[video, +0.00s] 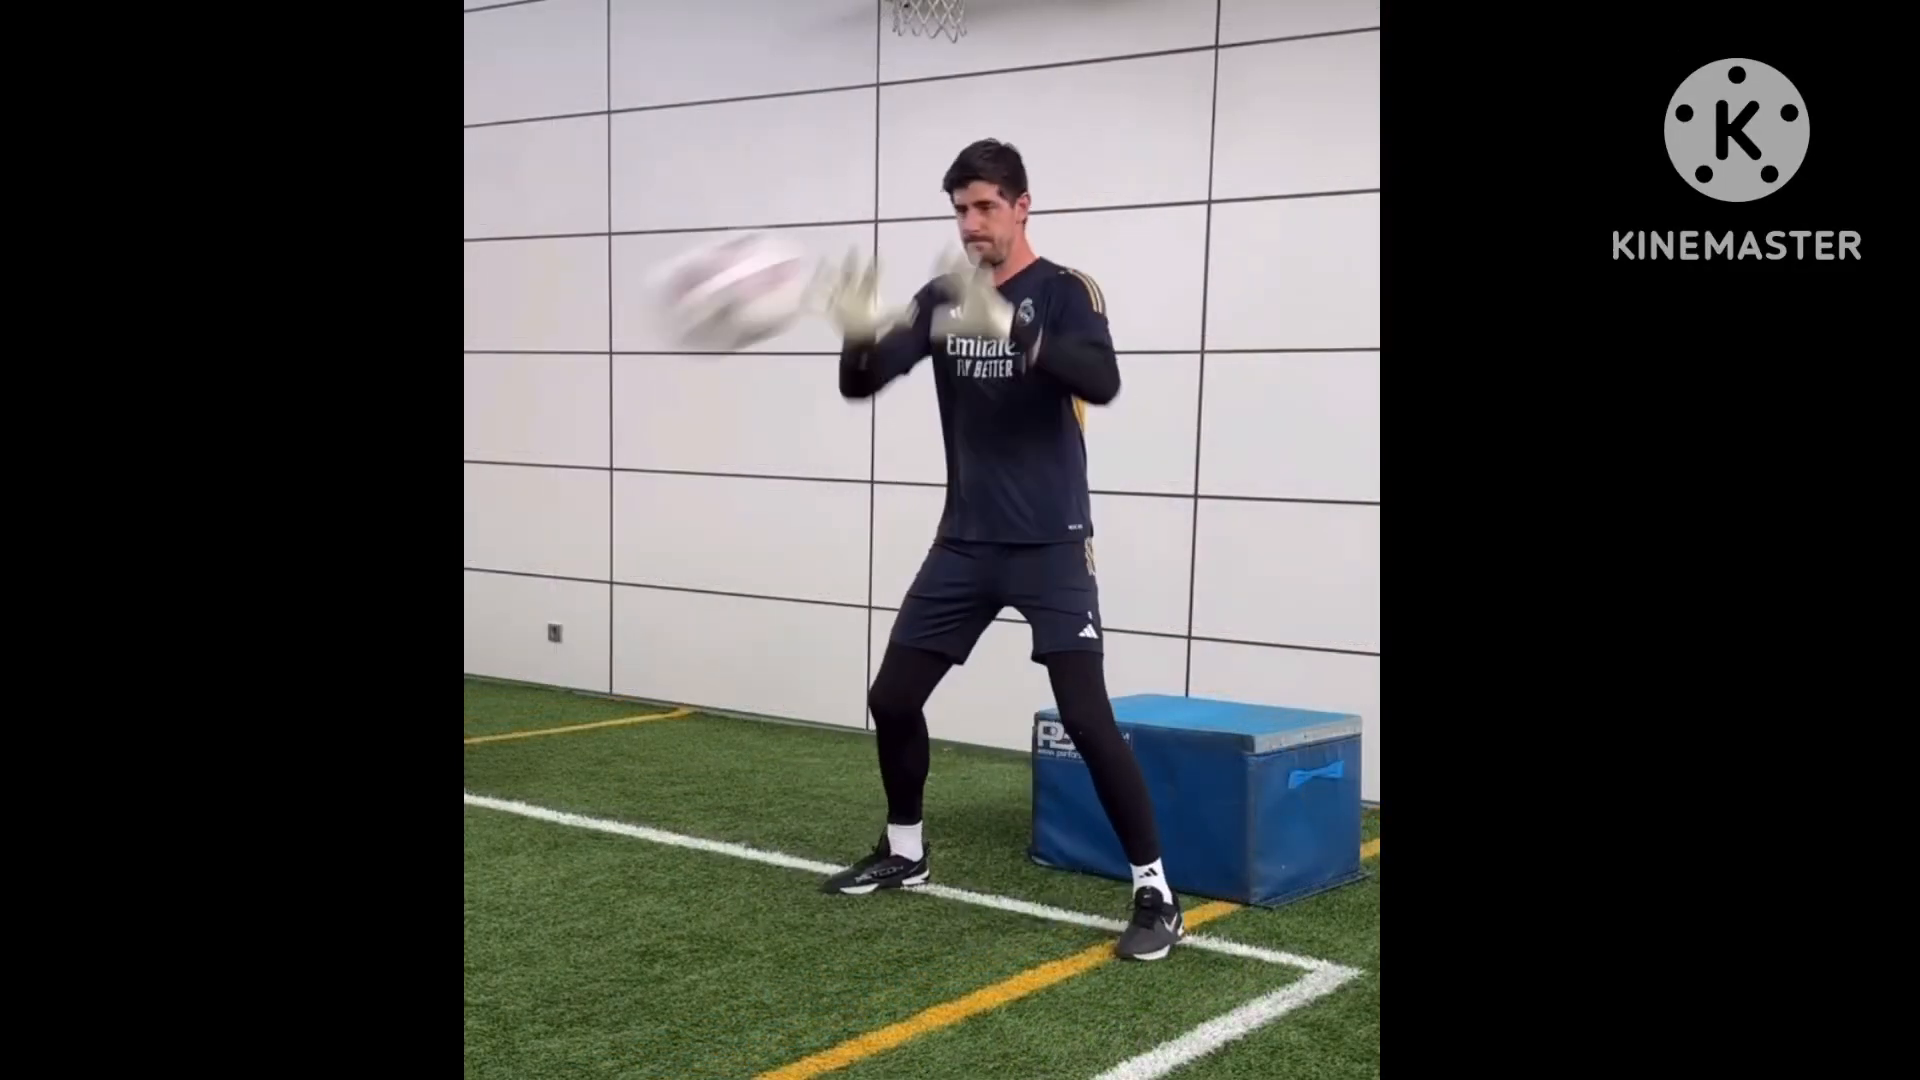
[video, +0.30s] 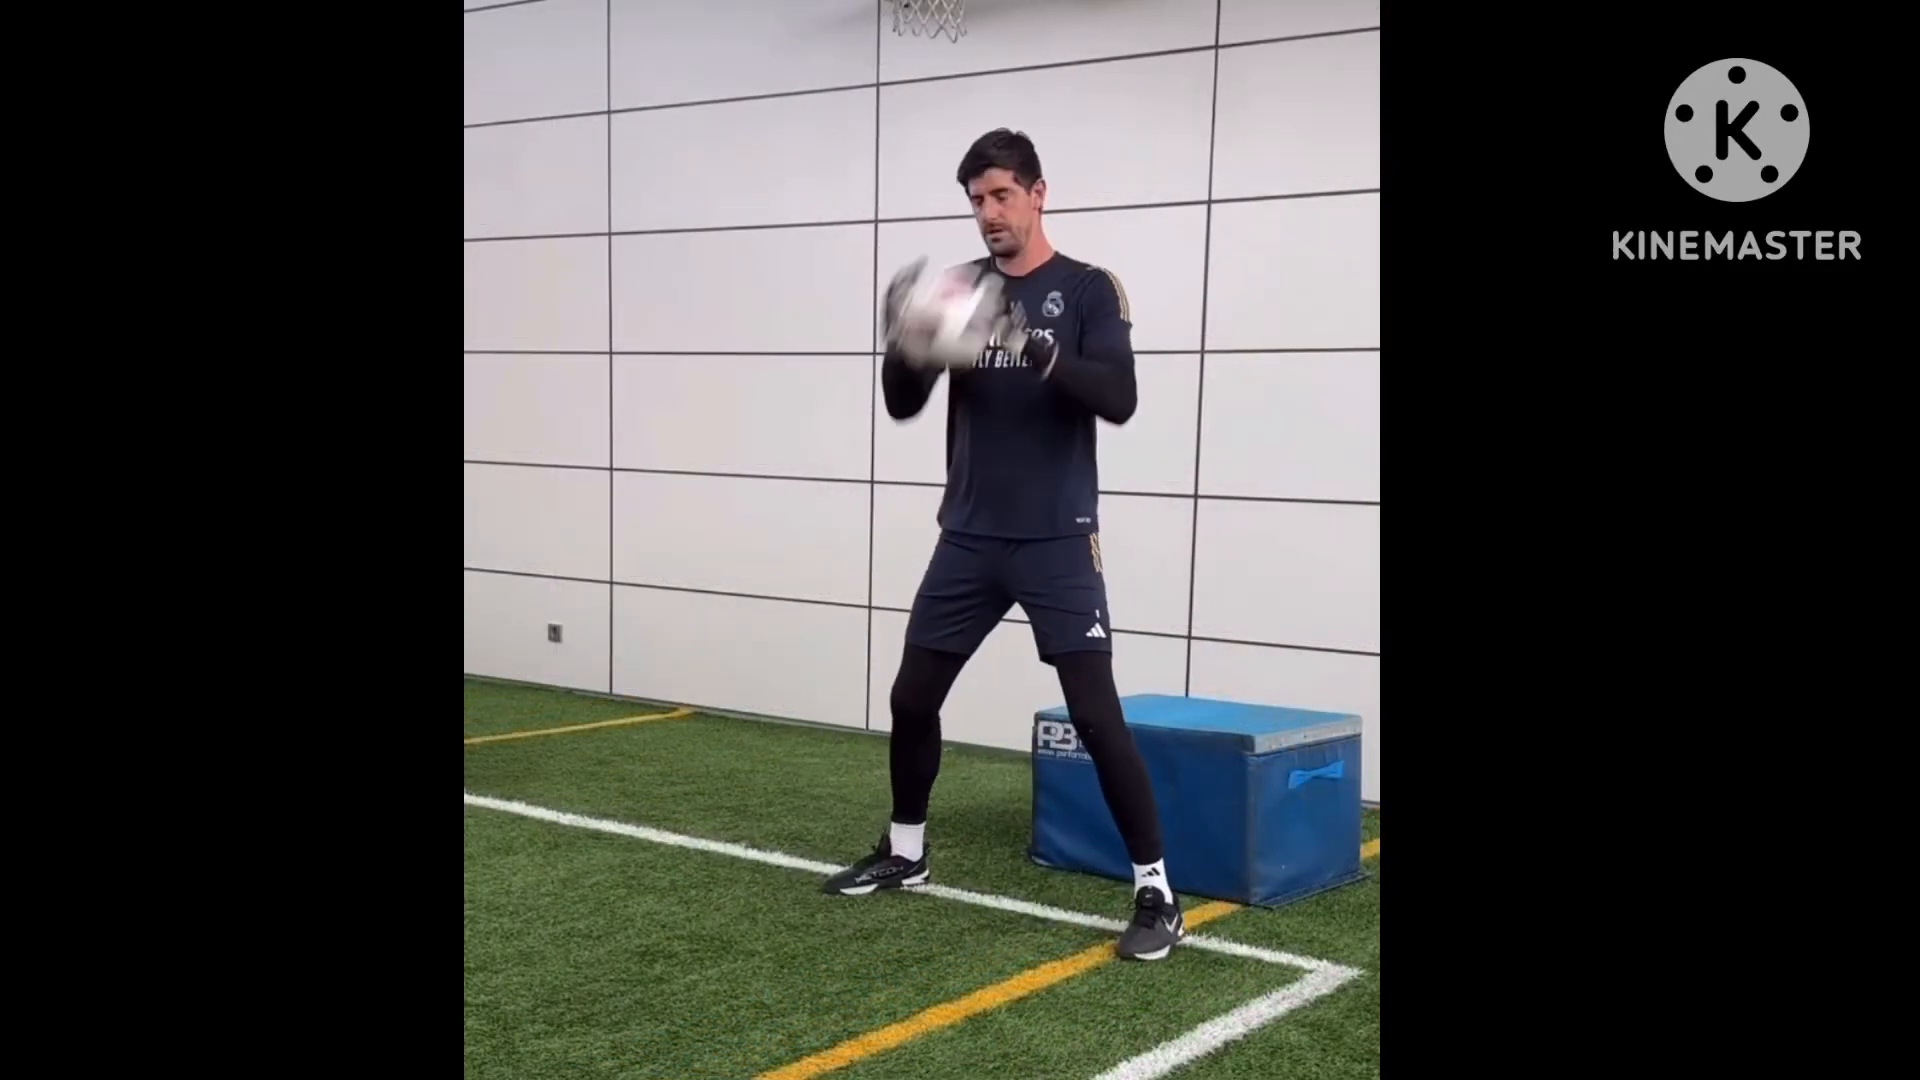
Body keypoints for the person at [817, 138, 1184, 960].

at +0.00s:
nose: (972, 223)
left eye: (985, 207)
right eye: (961, 210)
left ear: (1021, 206)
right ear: (952, 216)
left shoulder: (1064, 290)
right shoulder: (942, 298)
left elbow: (1101, 380)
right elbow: (857, 382)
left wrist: (1010, 330)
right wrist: (860, 334)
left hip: (1051, 543)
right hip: (964, 541)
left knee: (1086, 716)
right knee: (893, 698)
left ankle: (1152, 890)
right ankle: (903, 853)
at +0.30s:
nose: (988, 212)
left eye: (1001, 195)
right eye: (977, 200)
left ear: (1038, 194)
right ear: (970, 209)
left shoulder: (1087, 290)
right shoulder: (959, 294)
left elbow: (1119, 399)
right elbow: (903, 403)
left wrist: (1033, 349)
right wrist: (911, 333)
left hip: (1057, 540)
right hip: (967, 537)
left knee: (1095, 713)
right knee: (913, 699)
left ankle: (1153, 891)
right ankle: (903, 853)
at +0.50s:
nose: (830, 192)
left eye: (842, 180)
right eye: (832, 179)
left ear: (882, 188)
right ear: (884, 190)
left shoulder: (888, 258)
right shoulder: (902, 262)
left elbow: (930, 368)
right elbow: (905, 381)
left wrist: (872, 452)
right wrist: (844, 446)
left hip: (904, 487)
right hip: (947, 489)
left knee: (825, 654)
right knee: (908, 648)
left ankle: (808, 848)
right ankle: (966, 818)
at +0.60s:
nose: (842, 166)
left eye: (856, 153)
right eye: (840, 154)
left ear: (898, 161)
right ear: (854, 166)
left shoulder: (925, 234)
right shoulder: (873, 249)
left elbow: (988, 348)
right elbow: (885, 363)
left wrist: (920, 433)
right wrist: (838, 434)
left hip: (936, 459)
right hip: (897, 457)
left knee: (865, 634)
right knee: (875, 636)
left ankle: (863, 832)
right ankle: (951, 800)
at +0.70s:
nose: (851, 179)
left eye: (865, 166)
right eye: (847, 167)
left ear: (906, 173)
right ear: (852, 178)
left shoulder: (949, 259)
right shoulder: (856, 277)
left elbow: (1011, 379)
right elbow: (864, 380)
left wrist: (958, 470)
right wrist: (837, 459)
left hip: (943, 486)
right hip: (881, 485)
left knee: (910, 644)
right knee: (856, 655)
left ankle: (974, 835)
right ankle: (896, 817)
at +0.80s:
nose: (860, 207)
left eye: (874, 193)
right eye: (855, 195)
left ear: (913, 201)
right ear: (852, 207)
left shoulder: (963, 292)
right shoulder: (853, 310)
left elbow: (1030, 412)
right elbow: (856, 411)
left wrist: (995, 516)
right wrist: (848, 501)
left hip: (962, 522)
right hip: (887, 525)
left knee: (986, 677)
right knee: (843, 675)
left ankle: (1071, 845)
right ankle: (897, 818)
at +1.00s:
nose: (894, 216)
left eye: (908, 201)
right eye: (886, 204)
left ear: (946, 204)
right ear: (883, 213)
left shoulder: (1007, 296)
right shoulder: (880, 314)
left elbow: (1076, 406)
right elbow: (859, 404)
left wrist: (1024, 473)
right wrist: (838, 465)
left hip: (1002, 522)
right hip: (918, 523)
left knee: (1040, 687)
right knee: (858, 680)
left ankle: (1105, 856)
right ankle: (898, 819)